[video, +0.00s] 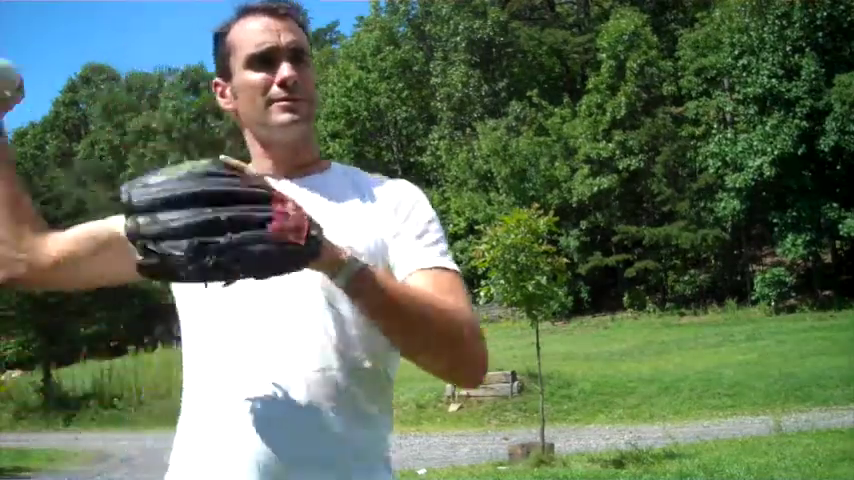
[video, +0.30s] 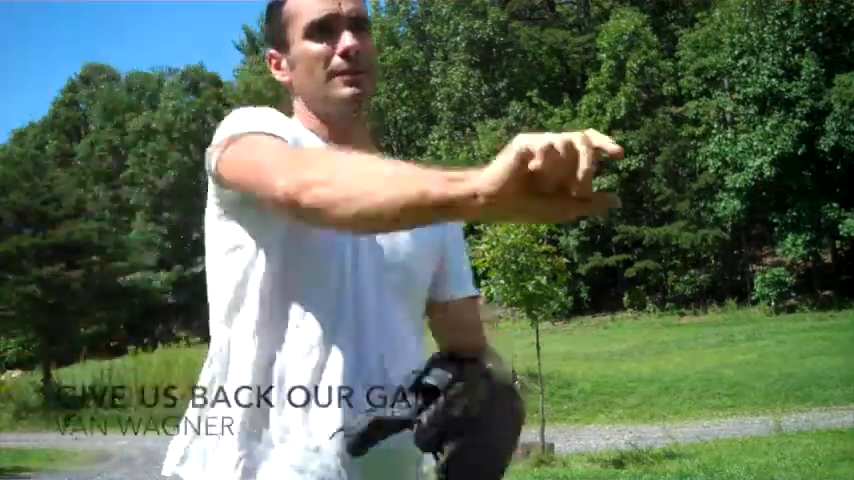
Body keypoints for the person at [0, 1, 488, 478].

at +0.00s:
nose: (287, 75)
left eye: (298, 59)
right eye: (264, 63)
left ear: (315, 76)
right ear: (226, 95)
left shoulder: (394, 204)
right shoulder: (195, 210)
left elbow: (467, 360)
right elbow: (27, 257)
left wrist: (336, 262)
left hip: (348, 466)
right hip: (212, 465)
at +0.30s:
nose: (350, 44)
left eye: (359, 27)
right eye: (322, 31)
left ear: (374, 44)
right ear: (280, 65)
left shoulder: (429, 198)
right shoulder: (252, 131)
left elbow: (468, 348)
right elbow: (298, 190)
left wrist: (489, 390)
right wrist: (478, 193)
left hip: (387, 463)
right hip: (253, 457)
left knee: (493, 403)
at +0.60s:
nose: (383, 43)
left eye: (392, 25)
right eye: (356, 27)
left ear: (406, 39)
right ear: (307, 54)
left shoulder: (427, 202)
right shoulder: (298, 142)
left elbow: (448, 395)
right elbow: (407, 311)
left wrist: (477, 473)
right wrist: (513, 403)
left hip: (399, 468)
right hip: (288, 464)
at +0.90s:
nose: (366, 57)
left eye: (377, 39)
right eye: (340, 41)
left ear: (389, 54)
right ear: (291, 64)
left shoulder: (429, 215)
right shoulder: (243, 171)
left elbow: (441, 392)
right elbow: (290, 333)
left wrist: (458, 473)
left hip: (379, 469)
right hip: (250, 467)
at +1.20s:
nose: (279, 78)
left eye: (290, 61)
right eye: (255, 64)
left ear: (304, 77)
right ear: (211, 90)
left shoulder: (375, 215)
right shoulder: (170, 213)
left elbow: (403, 376)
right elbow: (121, 340)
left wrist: (436, 474)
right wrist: (76, 458)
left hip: (345, 470)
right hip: (206, 470)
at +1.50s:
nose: (186, 100)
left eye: (198, 83)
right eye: (162, 88)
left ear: (217, 99)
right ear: (127, 115)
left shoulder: (299, 214)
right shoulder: (106, 242)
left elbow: (363, 370)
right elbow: (74, 407)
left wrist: (407, 470)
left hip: (284, 469)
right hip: (159, 471)